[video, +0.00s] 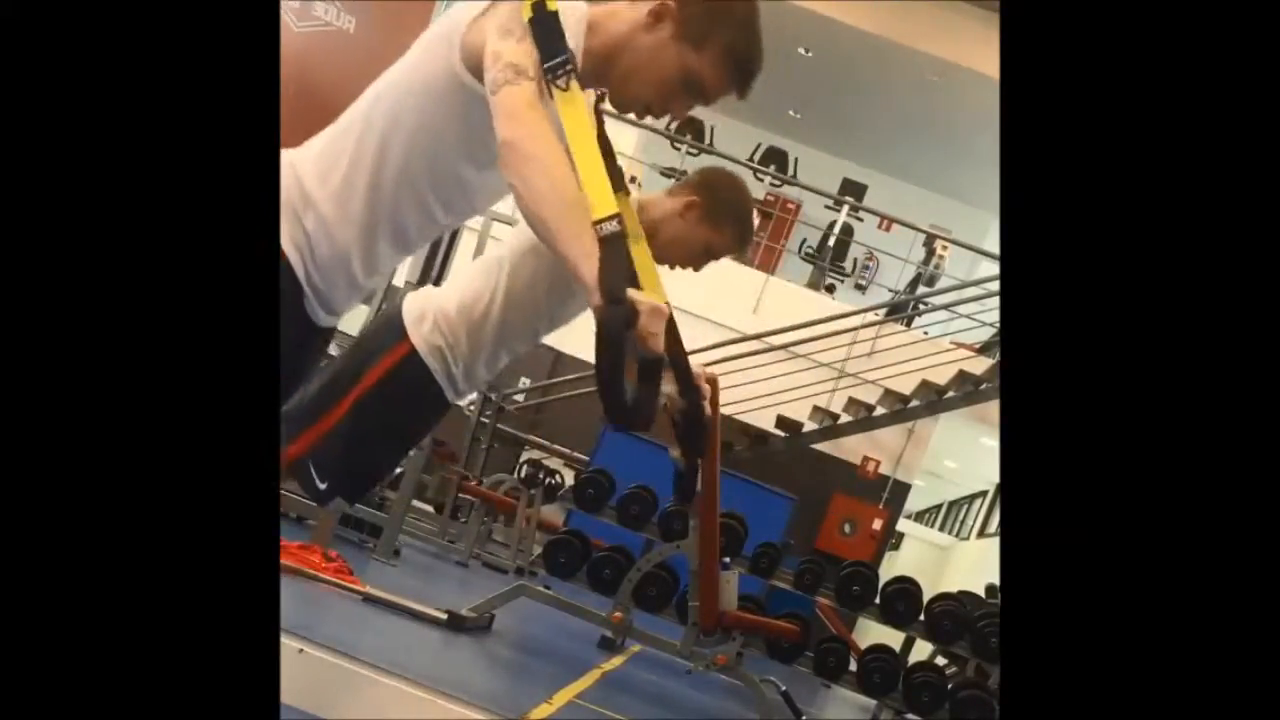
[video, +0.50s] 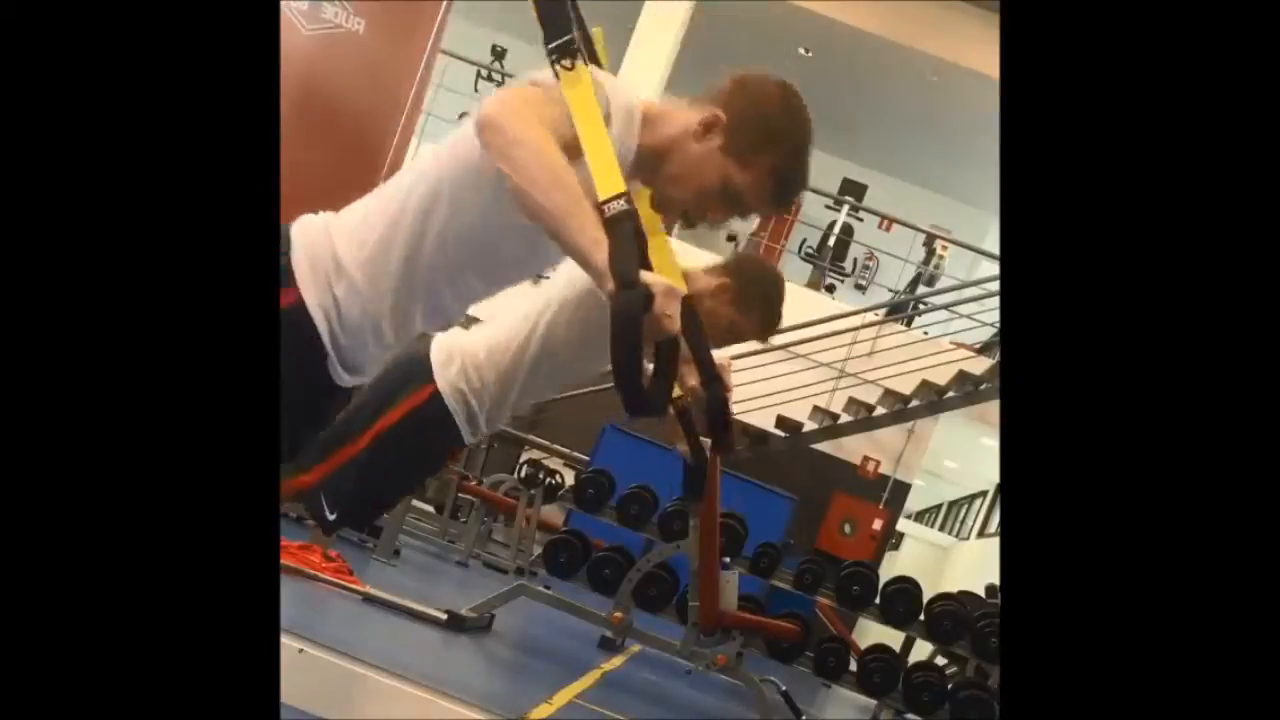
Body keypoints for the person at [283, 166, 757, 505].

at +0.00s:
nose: (697, 267)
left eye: (709, 260)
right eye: (707, 252)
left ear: (684, 208)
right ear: (687, 210)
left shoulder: (626, 249)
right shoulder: (614, 224)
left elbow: (643, 336)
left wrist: (677, 383)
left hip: (443, 368)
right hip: (422, 344)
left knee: (322, 486)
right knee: (292, 463)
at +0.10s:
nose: (694, 271)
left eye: (707, 265)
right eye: (706, 257)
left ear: (686, 213)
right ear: (689, 214)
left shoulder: (627, 252)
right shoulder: (608, 213)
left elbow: (631, 345)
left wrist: (673, 396)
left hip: (446, 373)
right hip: (422, 346)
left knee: (323, 491)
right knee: (294, 470)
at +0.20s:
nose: (694, 277)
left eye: (707, 272)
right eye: (706, 264)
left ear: (688, 220)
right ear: (691, 220)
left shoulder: (630, 253)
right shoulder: (608, 210)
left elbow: (643, 337)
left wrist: (680, 385)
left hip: (450, 378)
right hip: (423, 348)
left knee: (329, 488)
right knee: (298, 471)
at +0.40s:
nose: (705, 302)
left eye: (718, 298)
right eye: (716, 288)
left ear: (703, 245)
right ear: (705, 244)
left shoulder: (641, 280)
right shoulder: (626, 237)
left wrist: (679, 391)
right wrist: (677, 379)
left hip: (450, 392)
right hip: (427, 369)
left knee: (325, 508)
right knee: (298, 490)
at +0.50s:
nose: (720, 345)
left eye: (734, 342)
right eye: (727, 330)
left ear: (718, 292)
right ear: (716, 285)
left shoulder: (662, 326)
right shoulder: (644, 272)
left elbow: (652, 408)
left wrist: (695, 420)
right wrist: (691, 373)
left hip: (461, 408)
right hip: (440, 384)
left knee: (336, 516)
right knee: (310, 501)